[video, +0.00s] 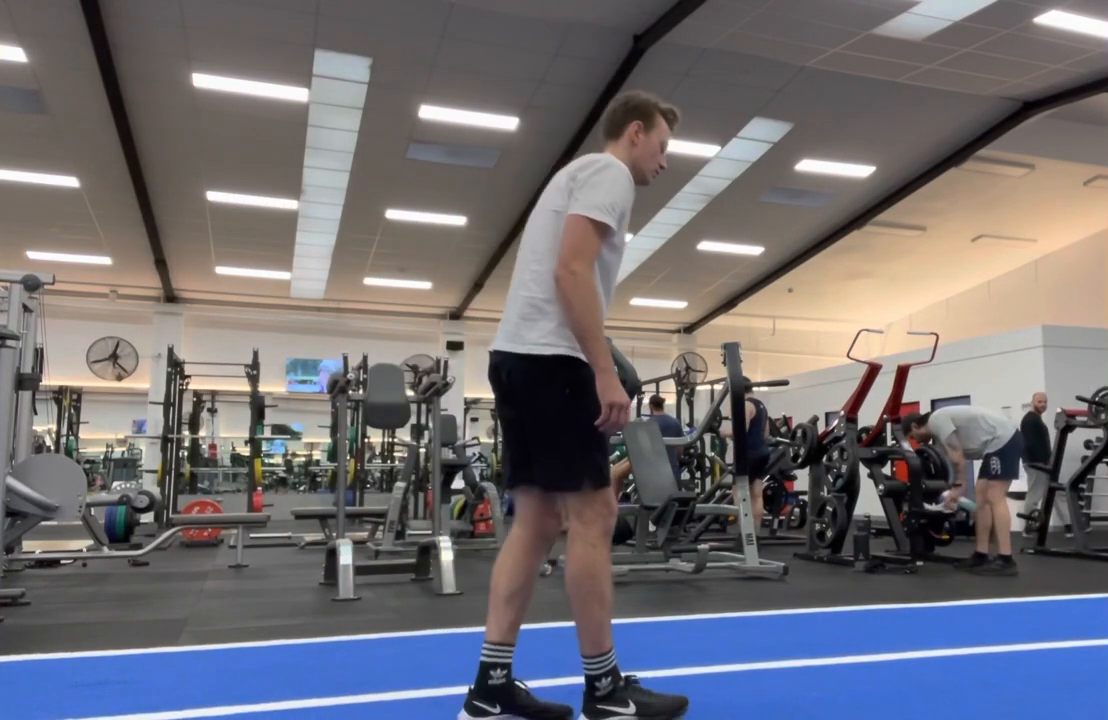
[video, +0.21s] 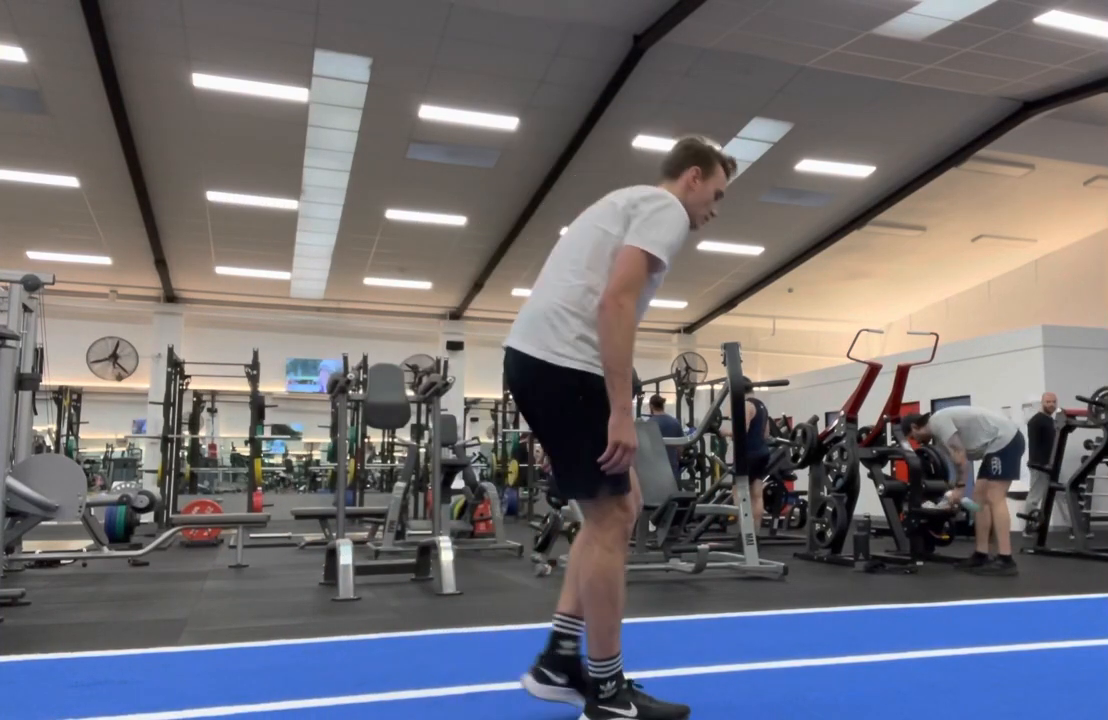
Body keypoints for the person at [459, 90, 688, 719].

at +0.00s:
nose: (663, 160)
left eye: (666, 149)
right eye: (662, 145)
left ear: (625, 133)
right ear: (634, 132)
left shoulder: (574, 176)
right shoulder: (609, 172)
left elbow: (555, 283)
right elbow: (572, 268)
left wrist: (600, 370)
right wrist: (605, 370)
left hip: (520, 360)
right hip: (554, 359)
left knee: (535, 521)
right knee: (593, 514)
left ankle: (492, 680)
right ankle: (605, 685)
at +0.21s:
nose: (714, 211)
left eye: (719, 201)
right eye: (717, 197)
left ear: (681, 176)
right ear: (693, 178)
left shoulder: (622, 203)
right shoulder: (665, 209)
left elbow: (566, 301)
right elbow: (618, 300)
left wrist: (545, 421)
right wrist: (622, 410)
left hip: (541, 360)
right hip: (565, 365)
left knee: (620, 502)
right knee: (610, 514)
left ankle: (563, 652)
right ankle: (608, 688)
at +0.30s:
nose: (736, 243)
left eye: (742, 235)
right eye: (739, 229)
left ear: (701, 203)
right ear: (720, 208)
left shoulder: (642, 223)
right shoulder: (690, 233)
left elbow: (573, 310)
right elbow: (638, 319)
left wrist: (542, 419)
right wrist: (623, 429)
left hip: (544, 364)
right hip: (568, 367)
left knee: (629, 509)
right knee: (618, 517)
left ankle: (633, 662)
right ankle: (607, 692)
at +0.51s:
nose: (769, 313)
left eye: (775, 304)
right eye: (774, 300)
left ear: (748, 274)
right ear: (757, 278)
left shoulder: (680, 270)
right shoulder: (722, 289)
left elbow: (596, 345)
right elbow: (662, 373)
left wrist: (537, 444)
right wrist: (629, 480)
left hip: (548, 360)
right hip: (576, 369)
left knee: (642, 516)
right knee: (630, 520)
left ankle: (669, 669)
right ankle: (609, 691)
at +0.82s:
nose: (777, 398)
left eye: (787, 392)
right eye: (786, 387)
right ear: (776, 358)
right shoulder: (743, 357)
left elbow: (612, 443)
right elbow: (687, 463)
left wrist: (567, 530)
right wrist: (661, 573)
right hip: (577, 364)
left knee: (636, 516)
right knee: (639, 526)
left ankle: (670, 669)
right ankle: (610, 692)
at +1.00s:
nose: (780, 427)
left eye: (788, 421)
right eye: (787, 415)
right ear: (777, 387)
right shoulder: (749, 380)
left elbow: (654, 490)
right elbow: (712, 505)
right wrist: (707, 622)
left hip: (562, 359)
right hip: (585, 364)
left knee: (635, 521)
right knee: (649, 519)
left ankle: (670, 671)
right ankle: (609, 691)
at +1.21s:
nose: (780, 429)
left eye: (788, 424)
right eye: (788, 418)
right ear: (780, 391)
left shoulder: (693, 403)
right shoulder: (753, 382)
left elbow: (687, 510)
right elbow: (746, 515)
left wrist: (700, 605)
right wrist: (771, 623)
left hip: (564, 360)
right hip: (590, 362)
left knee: (639, 520)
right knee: (650, 517)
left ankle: (672, 672)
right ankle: (609, 690)